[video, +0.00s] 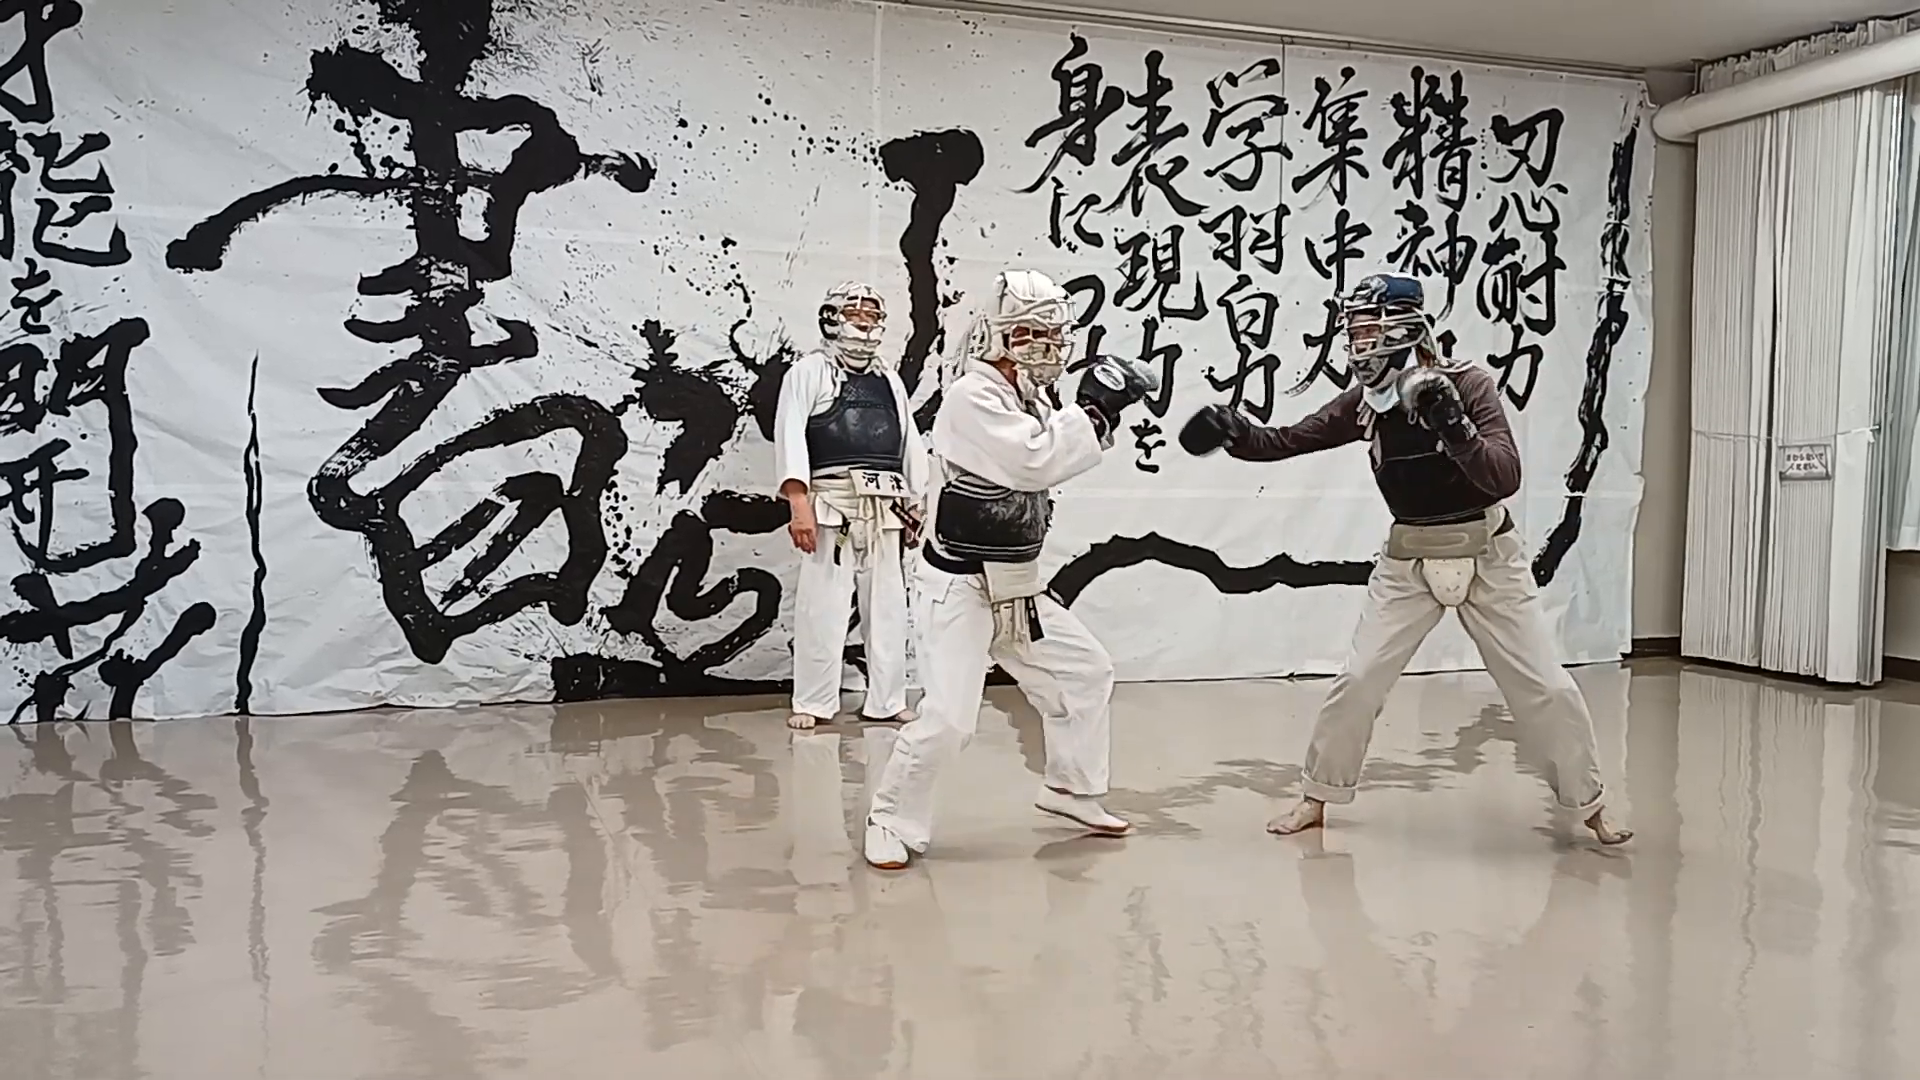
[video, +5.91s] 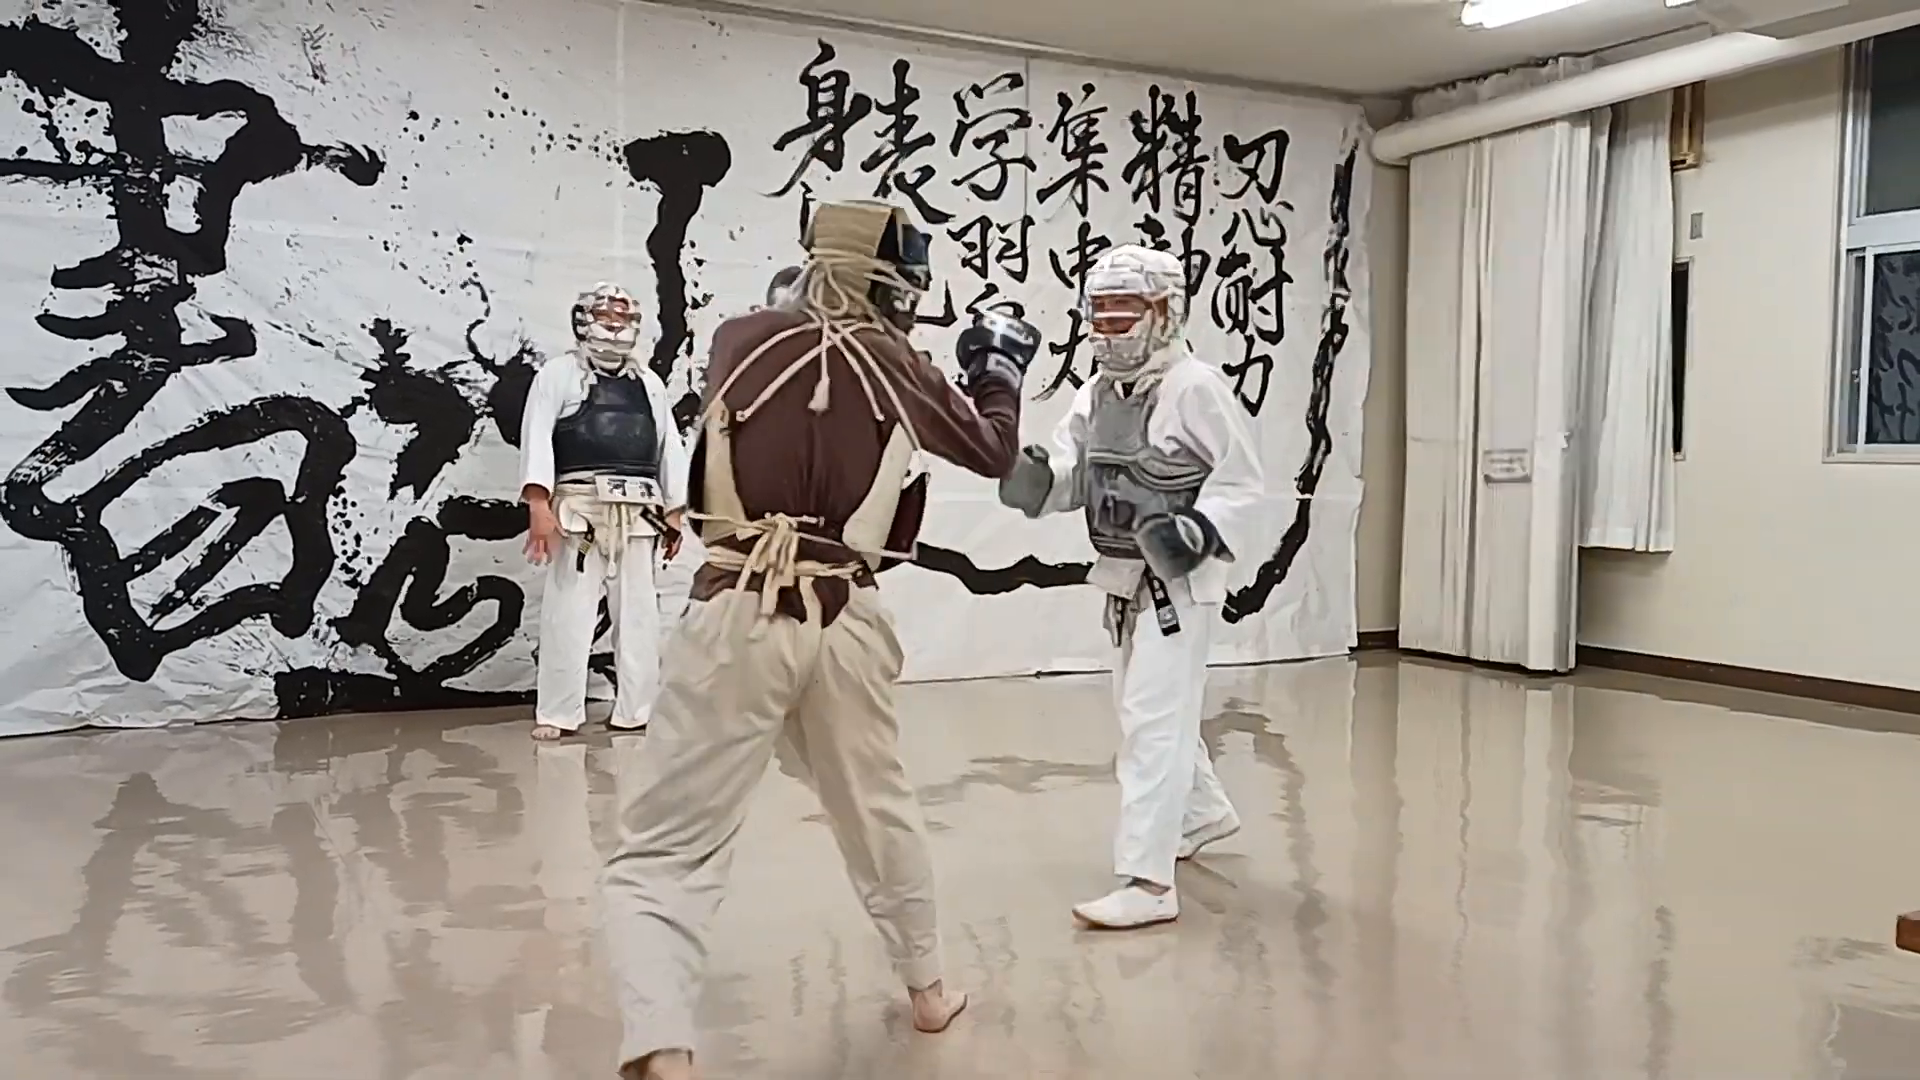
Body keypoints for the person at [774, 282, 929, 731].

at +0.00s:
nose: (863, 325)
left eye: (871, 318)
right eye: (854, 315)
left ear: (880, 326)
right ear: (832, 319)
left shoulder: (889, 378)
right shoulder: (809, 370)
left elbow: (910, 443)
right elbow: (790, 437)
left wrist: (917, 502)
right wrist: (799, 505)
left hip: (886, 505)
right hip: (827, 503)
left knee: (888, 608)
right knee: (821, 608)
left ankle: (886, 702)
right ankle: (814, 705)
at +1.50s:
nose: (806, 325)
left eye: (813, 318)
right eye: (796, 316)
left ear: (819, 326)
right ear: (772, 320)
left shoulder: (827, 381)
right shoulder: (743, 373)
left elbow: (846, 447)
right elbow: (724, 443)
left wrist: (853, 509)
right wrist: (731, 510)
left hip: (819, 510)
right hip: (760, 509)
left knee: (821, 614)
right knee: (753, 614)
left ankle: (819, 707)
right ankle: (743, 711)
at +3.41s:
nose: (739, 322)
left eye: (746, 316)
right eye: (729, 313)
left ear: (753, 323)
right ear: (706, 316)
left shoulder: (762, 378)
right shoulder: (677, 371)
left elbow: (782, 445)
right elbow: (658, 442)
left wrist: (788, 509)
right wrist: (665, 509)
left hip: (756, 510)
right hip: (695, 509)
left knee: (757, 614)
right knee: (688, 615)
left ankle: (754, 709)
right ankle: (678, 713)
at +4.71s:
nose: (672, 319)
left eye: (680, 313)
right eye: (662, 311)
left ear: (688, 321)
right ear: (641, 316)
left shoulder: (703, 377)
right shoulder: (615, 369)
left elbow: (724, 445)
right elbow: (595, 438)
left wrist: (729, 510)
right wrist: (601, 506)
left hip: (694, 509)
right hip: (631, 508)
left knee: (695, 615)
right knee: (624, 616)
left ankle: (692, 709)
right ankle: (614, 714)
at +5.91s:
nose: (616, 324)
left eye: (624, 318)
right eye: (606, 315)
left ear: (635, 326)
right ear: (585, 320)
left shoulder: (649, 381)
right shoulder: (558, 373)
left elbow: (670, 447)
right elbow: (537, 440)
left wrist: (675, 510)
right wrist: (539, 506)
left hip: (639, 512)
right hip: (574, 509)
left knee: (639, 616)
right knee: (567, 616)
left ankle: (635, 712)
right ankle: (558, 715)